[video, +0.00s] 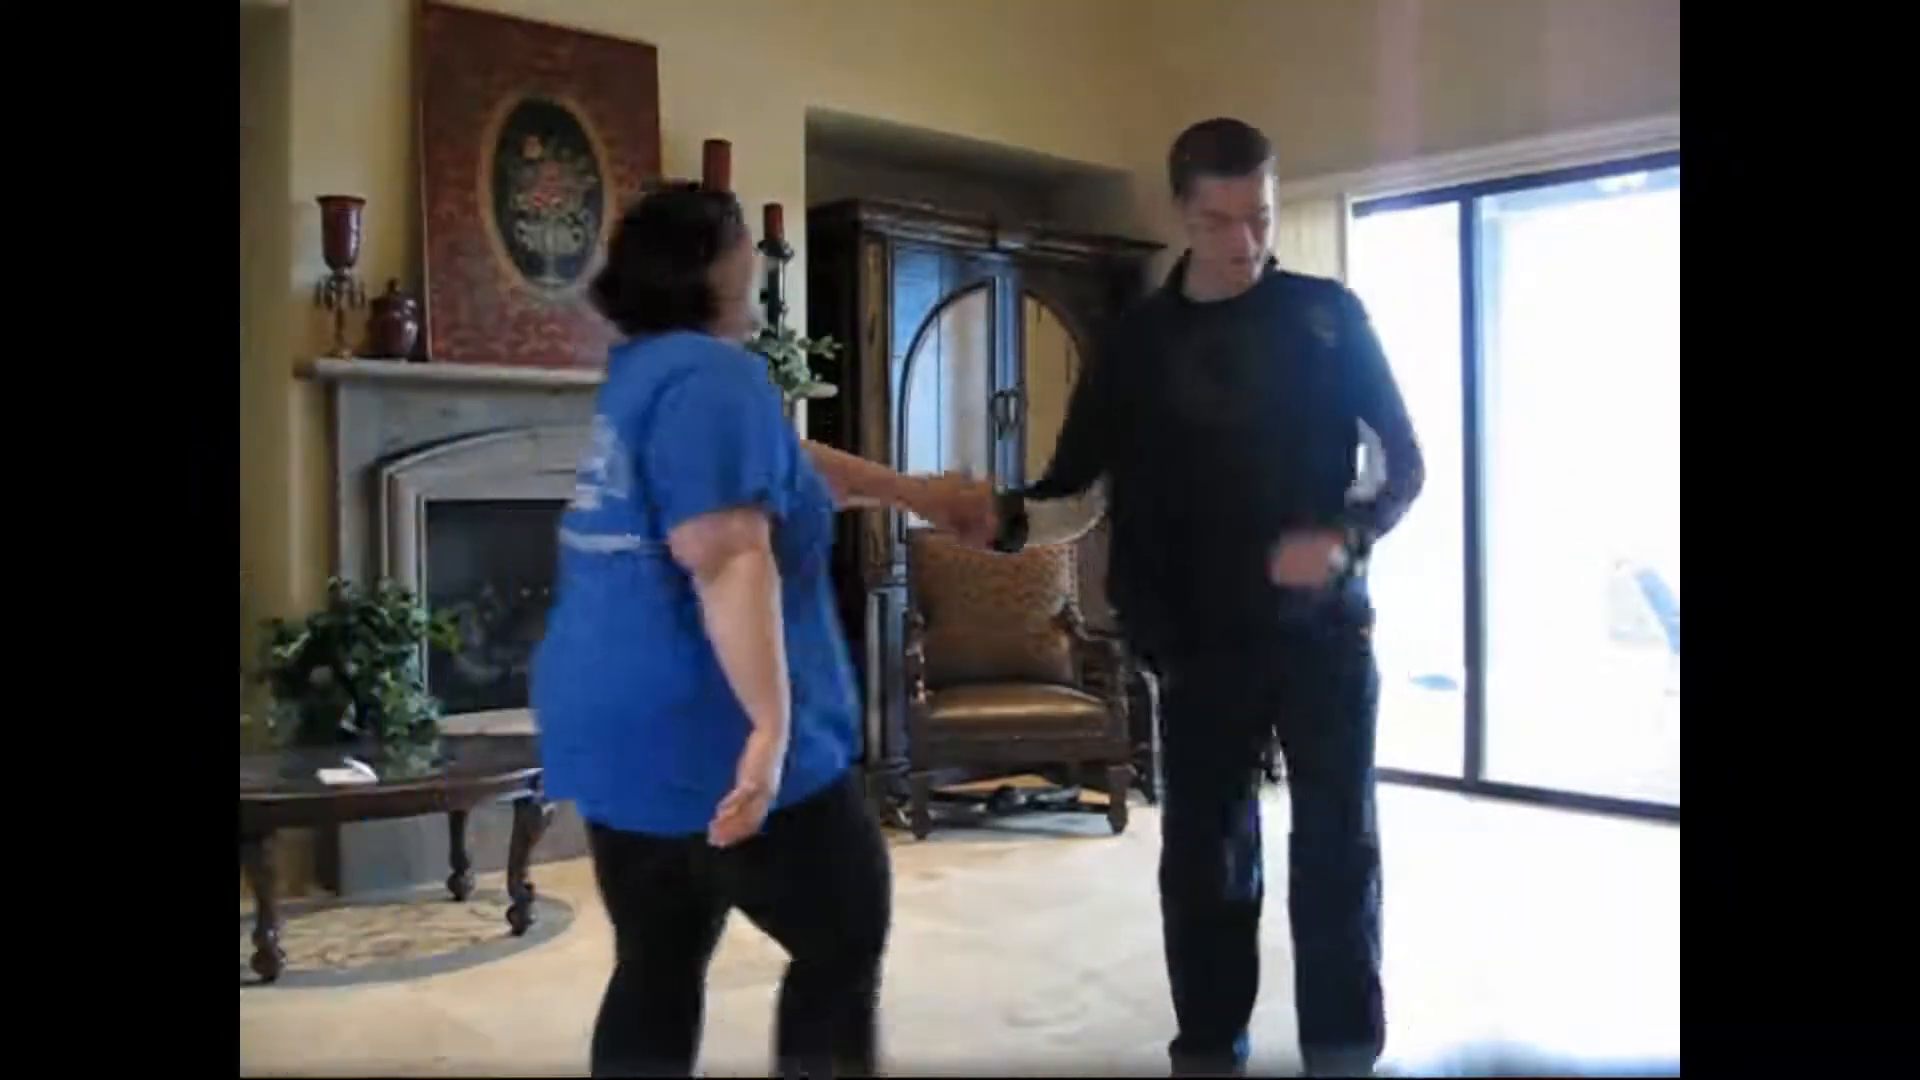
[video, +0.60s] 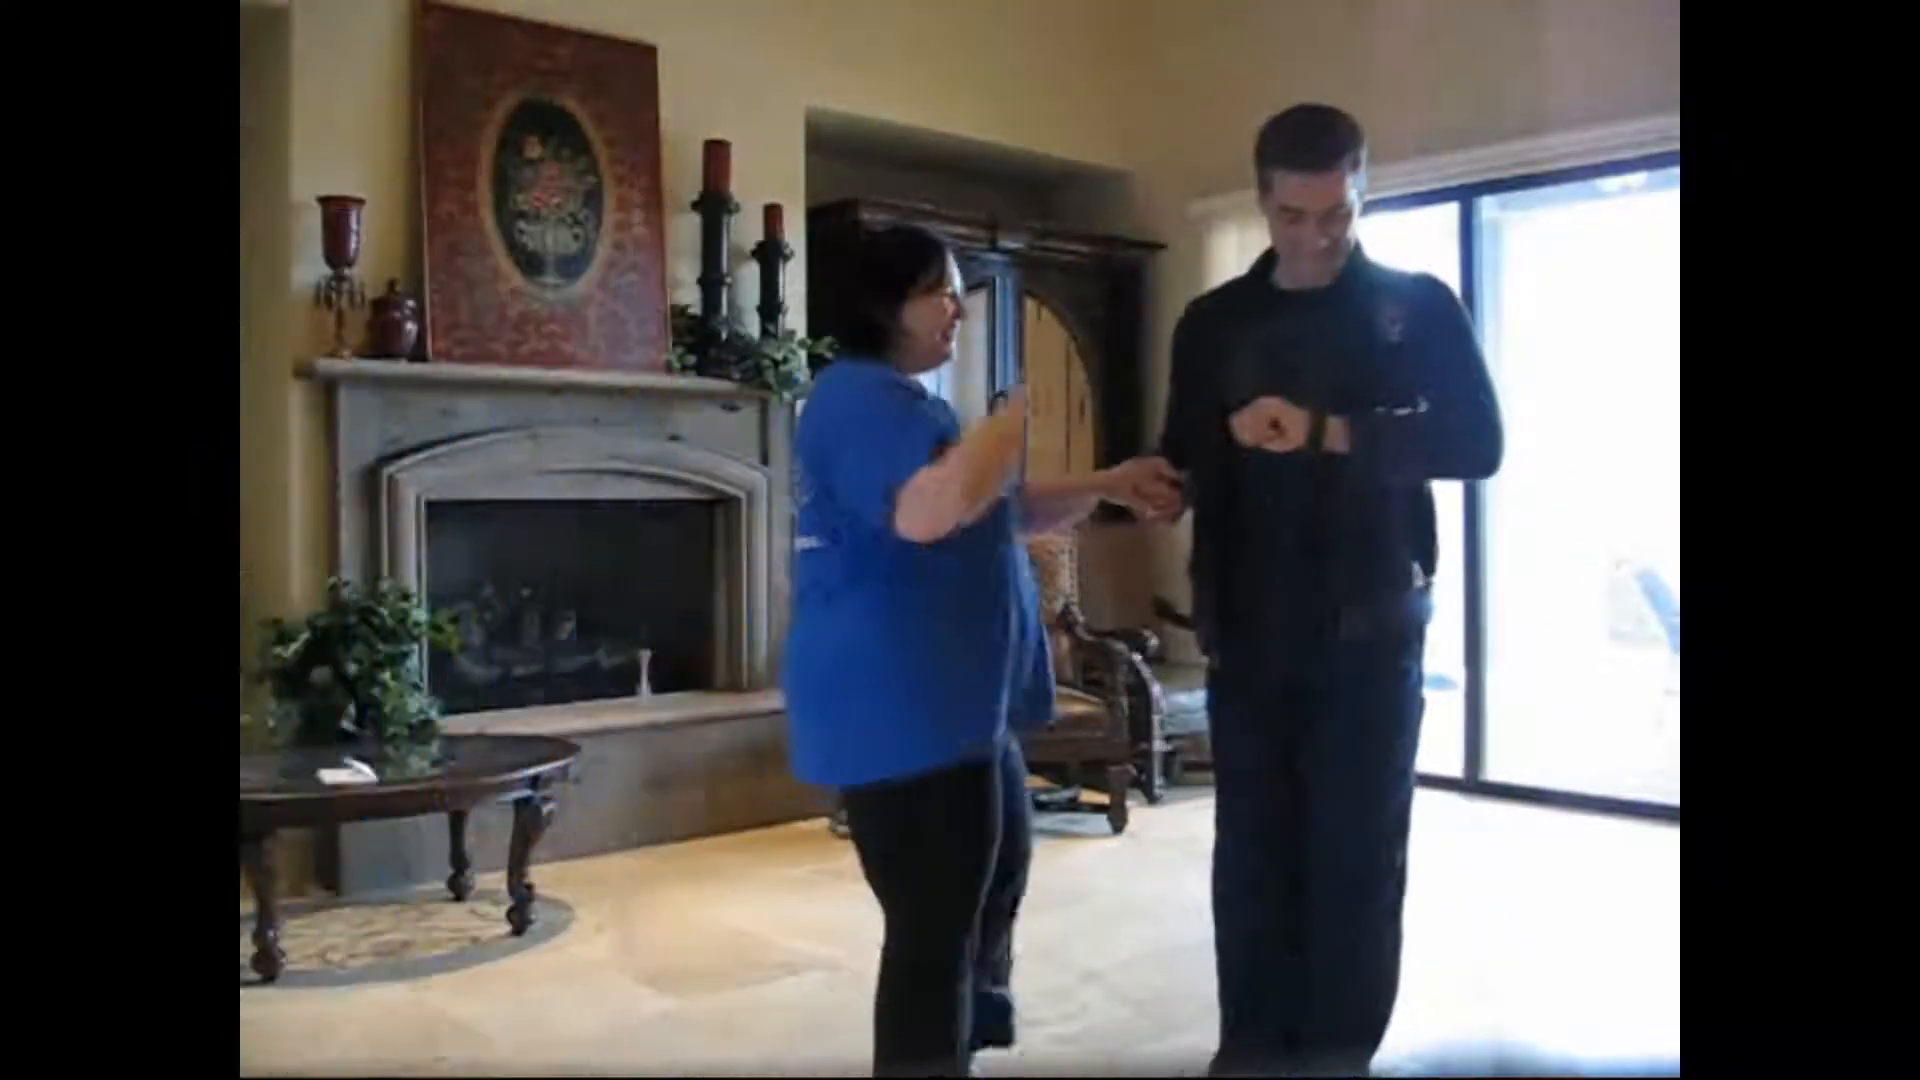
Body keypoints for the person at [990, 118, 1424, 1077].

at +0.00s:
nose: (1246, 240)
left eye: (1258, 216)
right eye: (1223, 220)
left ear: (1275, 207)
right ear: (1180, 215)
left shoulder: (1326, 315)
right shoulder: (1135, 334)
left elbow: (1404, 463)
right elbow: (1072, 481)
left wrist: (1345, 532)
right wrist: (1004, 519)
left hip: (1320, 637)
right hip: (1201, 642)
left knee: (1338, 859)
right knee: (1205, 865)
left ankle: (1343, 1059)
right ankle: (1208, 1055)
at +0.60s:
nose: (1312, 235)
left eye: (1330, 213)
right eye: (1291, 215)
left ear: (1358, 199)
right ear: (1261, 203)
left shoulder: (1415, 306)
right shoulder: (1209, 324)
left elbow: (1476, 443)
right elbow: (1181, 460)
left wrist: (1327, 431)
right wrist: (1154, 487)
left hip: (1368, 633)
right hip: (1246, 631)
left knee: (1355, 853)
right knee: (1252, 849)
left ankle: (1338, 1056)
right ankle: (1251, 1049)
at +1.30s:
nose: (1216, 193)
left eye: (1232, 171)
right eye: (1193, 186)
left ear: (1277, 186)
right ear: (1179, 218)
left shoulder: (1399, 298)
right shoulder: (1182, 346)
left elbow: (1477, 424)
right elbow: (1173, 488)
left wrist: (1407, 503)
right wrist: (1191, 501)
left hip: (1383, 626)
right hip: (1257, 631)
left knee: (1366, 860)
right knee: (1261, 857)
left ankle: (1343, 1057)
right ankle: (1249, 1052)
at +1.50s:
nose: (1179, 230)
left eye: (1193, 203)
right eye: (1157, 220)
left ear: (1242, 207)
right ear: (1150, 242)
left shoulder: (1375, 305)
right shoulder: (1163, 368)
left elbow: (1458, 430)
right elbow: (1151, 498)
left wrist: (1392, 520)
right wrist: (1182, 522)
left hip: (1382, 625)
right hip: (1258, 633)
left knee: (1368, 850)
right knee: (1265, 850)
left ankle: (1342, 1053)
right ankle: (1249, 1052)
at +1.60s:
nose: (1166, 247)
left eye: (1180, 218)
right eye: (1144, 236)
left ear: (1229, 216)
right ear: (1137, 256)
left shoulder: (1361, 309)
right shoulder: (1155, 375)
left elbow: (1455, 427)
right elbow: (1140, 500)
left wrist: (1392, 521)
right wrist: (1177, 527)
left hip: (1380, 633)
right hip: (1256, 641)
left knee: (1364, 862)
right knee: (1264, 861)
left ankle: (1341, 1059)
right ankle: (1246, 1060)